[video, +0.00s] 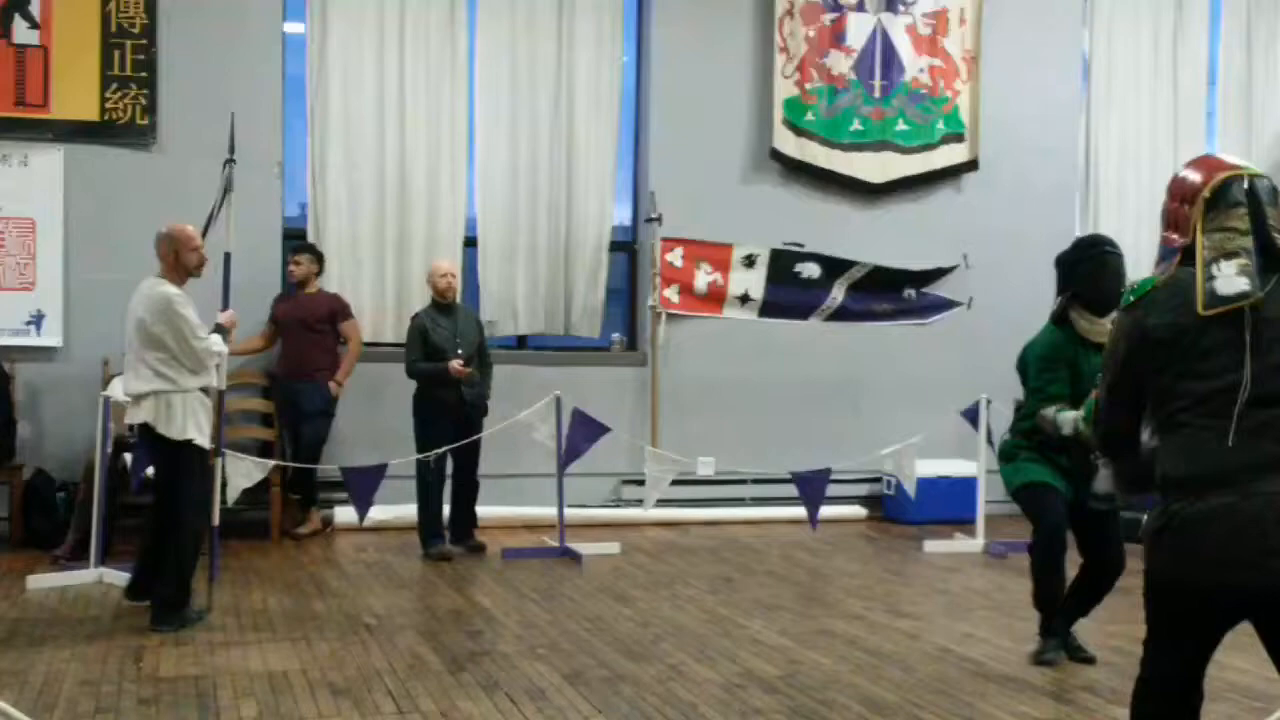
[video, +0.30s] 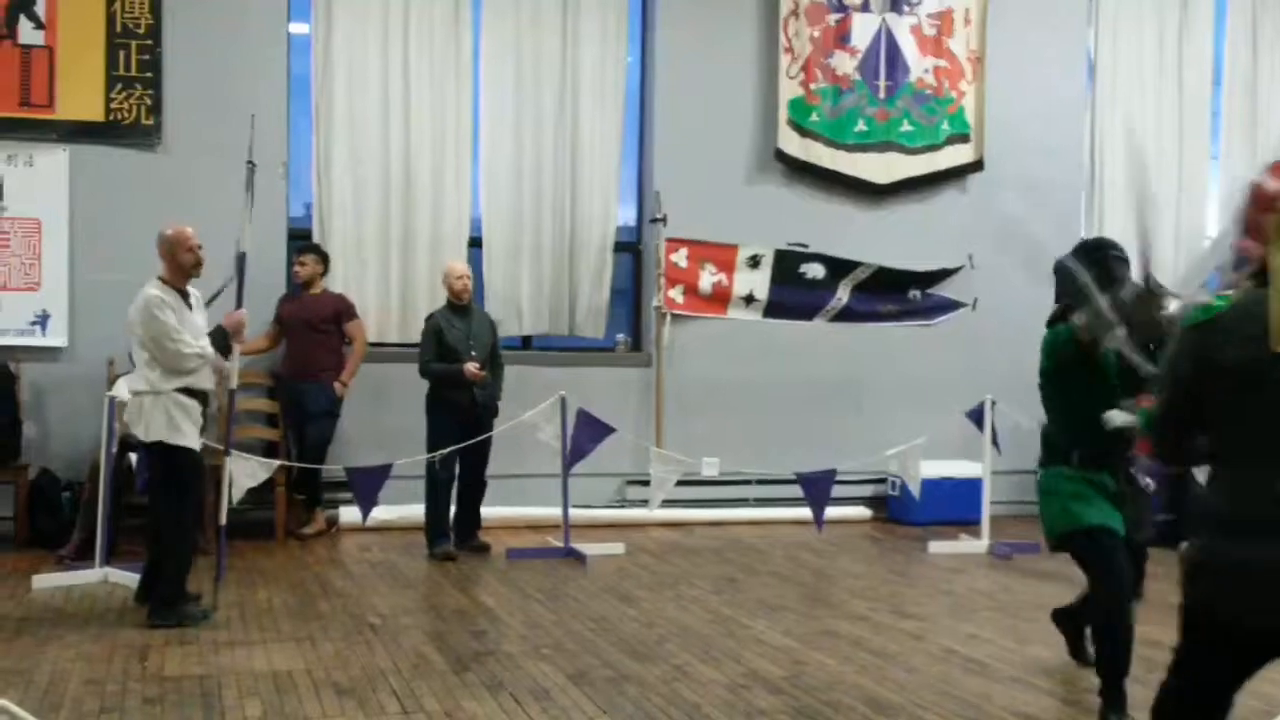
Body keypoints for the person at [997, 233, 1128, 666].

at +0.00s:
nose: (1114, 288)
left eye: (1117, 278)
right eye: (1105, 279)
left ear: (1120, 284)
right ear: (1079, 284)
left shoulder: (1117, 337)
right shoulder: (1049, 346)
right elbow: (1045, 412)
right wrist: (1081, 422)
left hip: (1086, 463)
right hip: (1034, 454)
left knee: (1107, 560)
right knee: (1051, 521)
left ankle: (1061, 626)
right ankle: (1051, 632)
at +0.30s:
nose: (1114, 302)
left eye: (1119, 291)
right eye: (1104, 292)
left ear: (1126, 290)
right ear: (1078, 293)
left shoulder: (1124, 338)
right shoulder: (1062, 342)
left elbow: (1152, 381)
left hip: (1118, 476)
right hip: (1071, 478)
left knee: (1129, 577)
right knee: (1114, 579)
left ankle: (1074, 616)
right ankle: (1114, 696)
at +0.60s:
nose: (1147, 280)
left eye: (1149, 268)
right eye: (1136, 269)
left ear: (1151, 274)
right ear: (1105, 272)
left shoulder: (1154, 336)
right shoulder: (1071, 312)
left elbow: (1160, 356)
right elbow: (1066, 335)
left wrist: (1139, 371)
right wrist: (1089, 333)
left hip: (1115, 476)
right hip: (1051, 481)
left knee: (1181, 588)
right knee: (1089, 600)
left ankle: (1176, 705)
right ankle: (1115, 704)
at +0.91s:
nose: (1071, 274)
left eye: (1074, 263)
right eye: (1059, 264)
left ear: (1080, 272)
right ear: (1034, 273)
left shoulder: (1092, 338)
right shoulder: (1009, 344)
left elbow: (1128, 406)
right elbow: (1004, 380)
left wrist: (1110, 419)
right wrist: (1065, 361)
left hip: (1079, 508)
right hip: (1013, 507)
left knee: (1148, 623)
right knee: (977, 605)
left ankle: (1173, 706)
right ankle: (925, 709)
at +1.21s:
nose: (943, 278)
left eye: (942, 268)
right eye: (933, 269)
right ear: (914, 278)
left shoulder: (960, 349)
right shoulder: (881, 356)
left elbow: (999, 396)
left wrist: (987, 412)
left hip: (945, 500)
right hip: (888, 502)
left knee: (1001, 608)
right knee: (906, 612)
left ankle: (930, 657)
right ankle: (897, 708)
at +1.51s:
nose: (828, 267)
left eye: (832, 256)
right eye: (822, 256)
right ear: (833, 263)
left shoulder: (873, 325)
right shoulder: (783, 329)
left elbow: (881, 384)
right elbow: (779, 385)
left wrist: (850, 421)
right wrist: (808, 425)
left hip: (845, 484)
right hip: (778, 477)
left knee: (863, 590)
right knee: (736, 577)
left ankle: (836, 693)